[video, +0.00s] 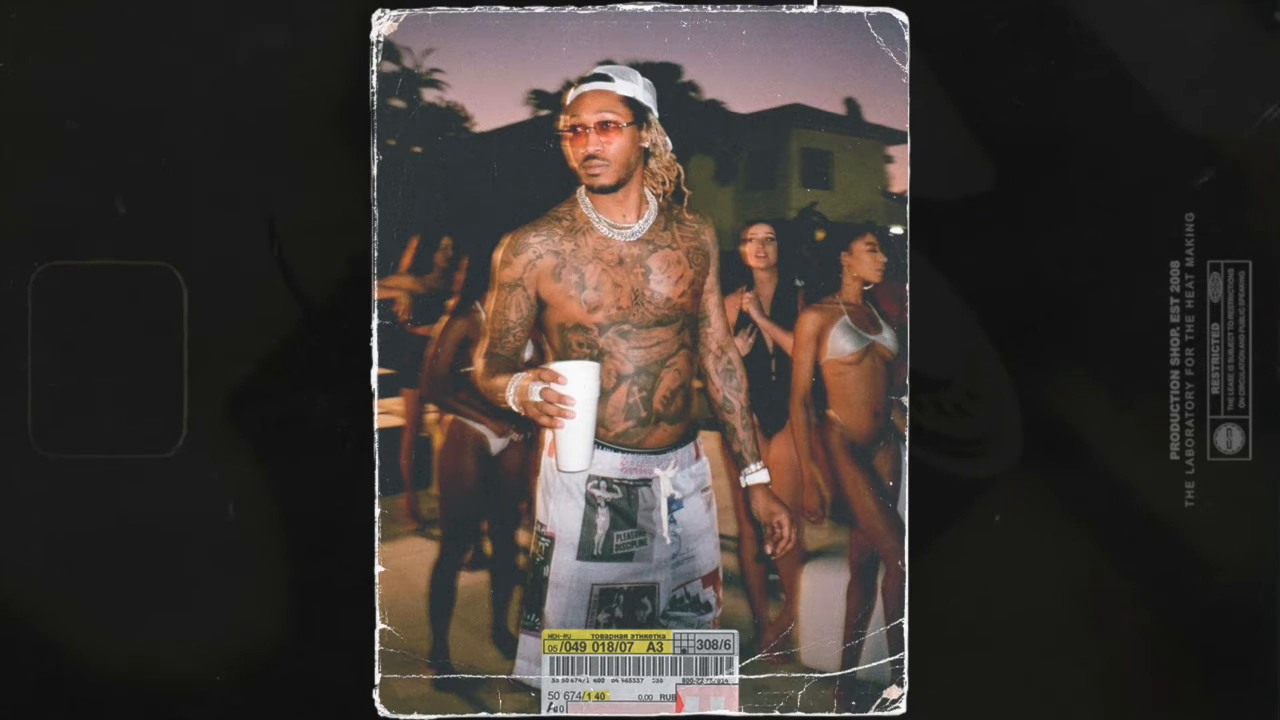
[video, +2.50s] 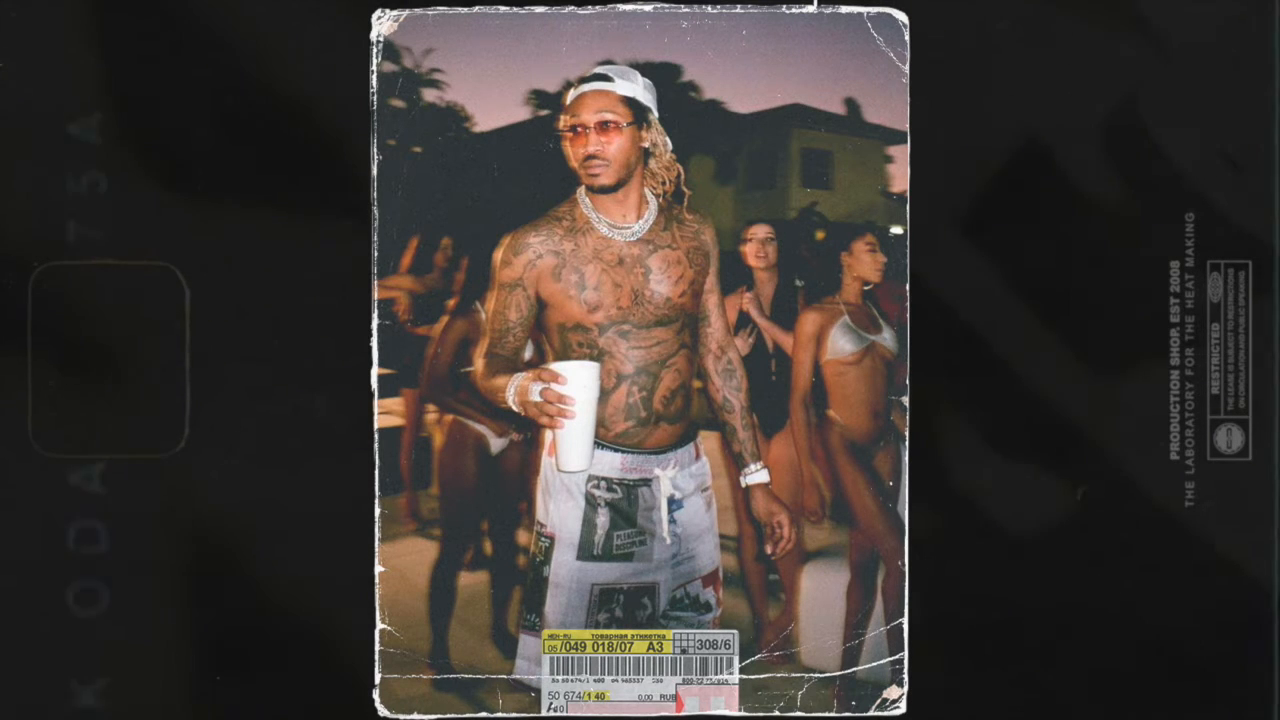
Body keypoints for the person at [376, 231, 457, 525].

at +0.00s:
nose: (445, 254)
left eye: (450, 250)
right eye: (441, 248)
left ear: (456, 255)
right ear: (431, 251)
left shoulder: (455, 281)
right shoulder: (414, 283)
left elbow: (461, 303)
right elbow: (395, 284)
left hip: (445, 350)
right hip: (416, 348)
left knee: (450, 425)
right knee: (413, 427)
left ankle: (451, 498)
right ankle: (410, 500)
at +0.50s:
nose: (445, 255)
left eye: (450, 250)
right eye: (441, 248)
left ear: (455, 255)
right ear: (430, 252)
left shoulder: (455, 282)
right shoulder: (414, 283)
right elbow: (401, 320)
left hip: (446, 352)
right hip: (417, 349)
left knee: (450, 426)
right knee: (413, 427)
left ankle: (452, 496)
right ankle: (410, 500)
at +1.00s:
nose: (446, 255)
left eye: (451, 250)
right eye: (442, 249)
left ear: (455, 255)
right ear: (431, 252)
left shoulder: (454, 283)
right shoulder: (414, 283)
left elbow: (459, 315)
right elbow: (401, 321)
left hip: (444, 354)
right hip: (416, 352)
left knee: (449, 426)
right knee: (413, 427)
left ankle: (450, 499)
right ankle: (410, 500)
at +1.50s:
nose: (446, 254)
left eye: (451, 250)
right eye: (442, 248)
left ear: (455, 255)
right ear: (430, 252)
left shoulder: (454, 282)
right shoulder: (414, 282)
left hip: (445, 352)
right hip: (416, 350)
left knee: (449, 426)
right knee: (413, 428)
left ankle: (451, 499)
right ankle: (410, 500)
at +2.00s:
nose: (446, 255)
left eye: (451, 250)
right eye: (442, 249)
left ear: (455, 255)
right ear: (431, 252)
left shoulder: (454, 283)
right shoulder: (414, 283)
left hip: (445, 353)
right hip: (416, 350)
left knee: (449, 426)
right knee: (413, 427)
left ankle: (450, 498)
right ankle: (410, 499)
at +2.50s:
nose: (446, 255)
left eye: (450, 250)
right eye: (442, 249)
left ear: (454, 255)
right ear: (430, 252)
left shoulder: (454, 282)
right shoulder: (415, 282)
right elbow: (379, 287)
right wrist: (403, 293)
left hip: (445, 353)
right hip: (416, 350)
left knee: (450, 427)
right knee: (413, 428)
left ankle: (451, 499)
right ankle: (410, 503)